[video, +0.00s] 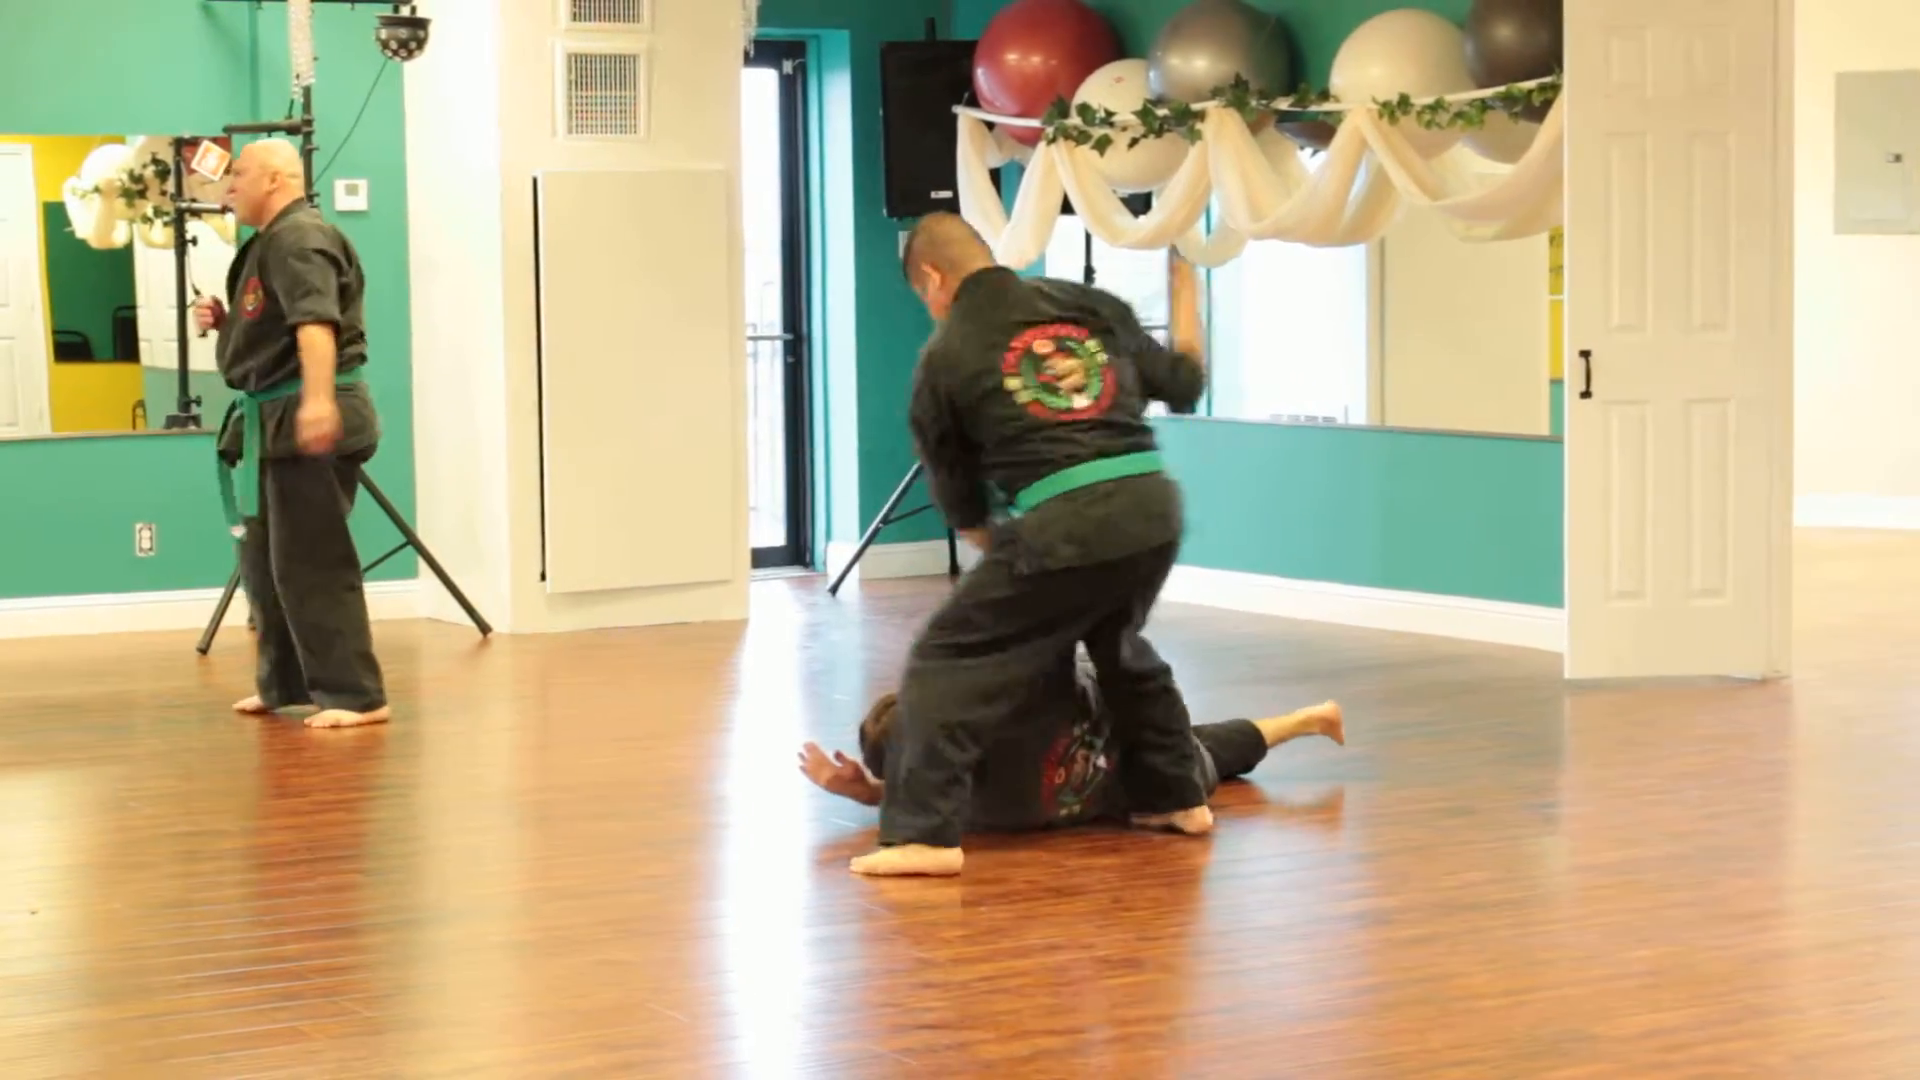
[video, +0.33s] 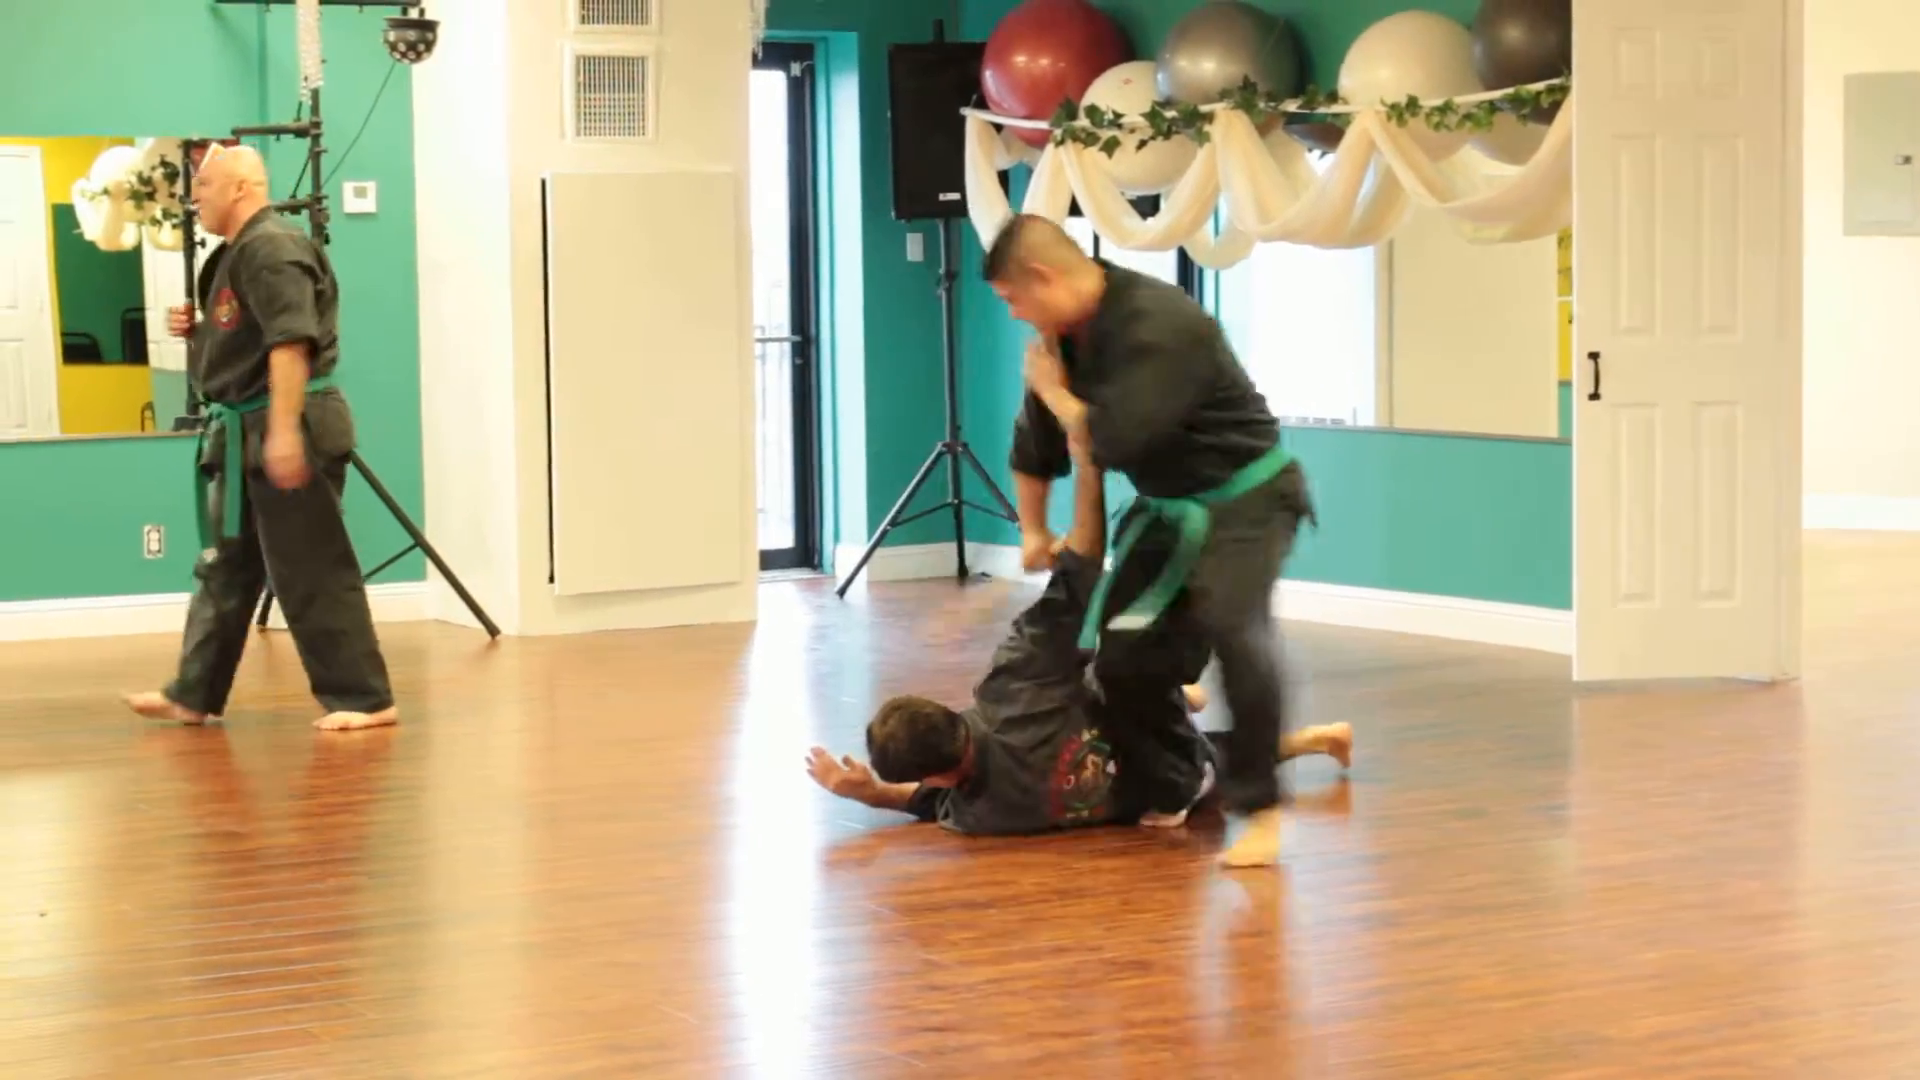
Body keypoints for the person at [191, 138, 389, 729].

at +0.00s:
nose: (228, 186)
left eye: (238, 176)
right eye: (231, 176)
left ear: (274, 181)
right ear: (273, 183)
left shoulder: (298, 236)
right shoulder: (271, 241)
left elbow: (315, 322)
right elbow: (277, 329)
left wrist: (319, 398)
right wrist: (229, 321)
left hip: (307, 415)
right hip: (278, 414)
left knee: (311, 555)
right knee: (267, 554)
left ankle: (356, 696)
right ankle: (286, 686)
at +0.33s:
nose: (193, 196)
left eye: (202, 185)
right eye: (195, 186)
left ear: (241, 190)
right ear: (240, 191)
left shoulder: (271, 248)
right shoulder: (239, 252)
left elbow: (290, 341)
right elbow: (250, 331)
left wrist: (284, 431)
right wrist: (202, 324)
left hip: (283, 422)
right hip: (246, 423)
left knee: (313, 566)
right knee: (230, 566)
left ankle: (364, 700)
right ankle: (194, 694)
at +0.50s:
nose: (158, 202)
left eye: (167, 189)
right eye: (159, 191)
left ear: (206, 190)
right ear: (204, 192)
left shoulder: (237, 248)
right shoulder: (205, 253)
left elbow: (244, 344)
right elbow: (207, 330)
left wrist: (191, 421)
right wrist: (159, 326)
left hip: (258, 425)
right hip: (221, 426)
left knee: (289, 566)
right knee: (202, 569)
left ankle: (359, 691)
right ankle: (188, 700)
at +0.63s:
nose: (138, 196)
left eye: (146, 184)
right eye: (138, 186)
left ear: (185, 186)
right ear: (182, 188)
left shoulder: (213, 239)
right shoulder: (182, 247)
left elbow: (216, 330)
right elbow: (180, 323)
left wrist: (150, 391)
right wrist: (132, 317)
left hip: (232, 419)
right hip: (199, 420)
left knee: (228, 557)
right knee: (181, 564)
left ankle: (328, 673)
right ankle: (188, 701)